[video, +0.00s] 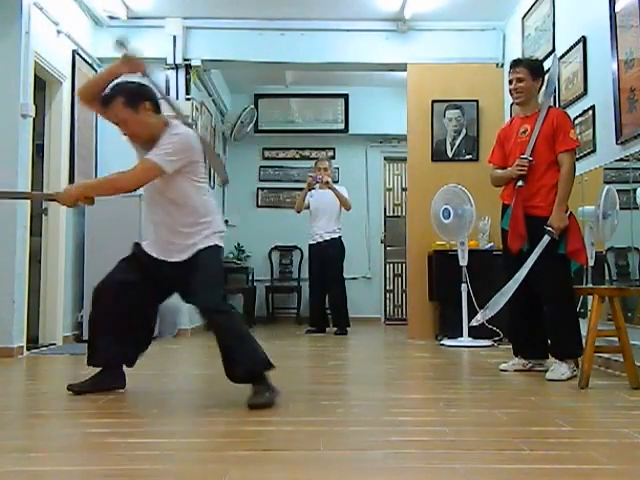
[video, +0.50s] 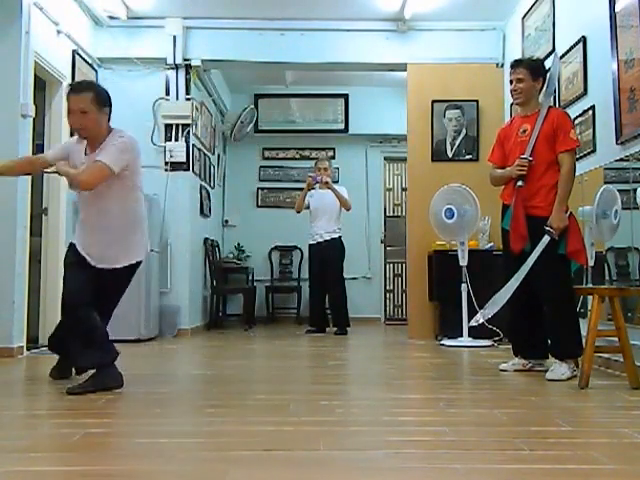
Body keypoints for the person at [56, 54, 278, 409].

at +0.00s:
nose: (123, 134)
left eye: (124, 124)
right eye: (119, 126)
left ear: (146, 110)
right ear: (141, 112)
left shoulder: (181, 139)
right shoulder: (146, 136)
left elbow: (133, 180)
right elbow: (86, 97)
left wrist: (83, 189)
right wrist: (119, 67)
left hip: (200, 245)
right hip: (158, 246)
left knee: (211, 304)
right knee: (109, 294)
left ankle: (259, 380)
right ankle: (111, 372)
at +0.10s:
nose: (94, 122)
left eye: (97, 112)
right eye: (93, 115)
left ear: (122, 103)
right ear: (117, 106)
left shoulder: (158, 133)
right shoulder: (117, 136)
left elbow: (116, 183)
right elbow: (56, 135)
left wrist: (83, 189)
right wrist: (79, 134)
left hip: (179, 240)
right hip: (139, 243)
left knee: (170, 302)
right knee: (98, 298)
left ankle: (207, 361)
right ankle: (109, 373)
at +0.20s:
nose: (78, 115)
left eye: (80, 105)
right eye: (76, 107)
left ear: (103, 100)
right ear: (100, 103)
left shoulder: (139, 132)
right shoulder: (101, 140)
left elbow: (97, 180)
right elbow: (73, 165)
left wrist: (77, 176)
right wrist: (32, 166)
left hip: (157, 241)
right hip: (122, 241)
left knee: (137, 307)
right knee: (87, 297)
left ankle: (135, 358)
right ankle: (107, 372)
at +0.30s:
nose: (67, 120)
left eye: (69, 110)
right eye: (66, 112)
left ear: (92, 106)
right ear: (89, 108)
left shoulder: (126, 134)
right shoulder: (91, 142)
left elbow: (85, 176)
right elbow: (71, 161)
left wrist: (66, 169)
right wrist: (44, 165)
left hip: (142, 246)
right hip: (106, 242)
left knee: (107, 313)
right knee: (78, 300)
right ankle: (107, 372)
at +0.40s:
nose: (62, 121)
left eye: (66, 113)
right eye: (61, 114)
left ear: (91, 112)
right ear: (86, 114)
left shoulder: (122, 143)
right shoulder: (82, 149)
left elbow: (77, 180)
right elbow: (55, 160)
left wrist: (59, 166)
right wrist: (28, 161)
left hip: (129, 249)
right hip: (93, 244)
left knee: (98, 311)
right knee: (70, 303)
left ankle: (75, 357)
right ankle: (107, 370)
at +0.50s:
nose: (73, 120)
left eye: (80, 113)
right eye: (70, 113)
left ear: (103, 112)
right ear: (68, 114)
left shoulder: (123, 144)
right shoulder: (75, 146)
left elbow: (85, 181)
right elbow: (32, 163)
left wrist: (61, 167)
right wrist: (1, 168)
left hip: (123, 251)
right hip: (85, 245)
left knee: (96, 312)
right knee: (74, 303)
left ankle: (69, 355)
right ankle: (106, 370)